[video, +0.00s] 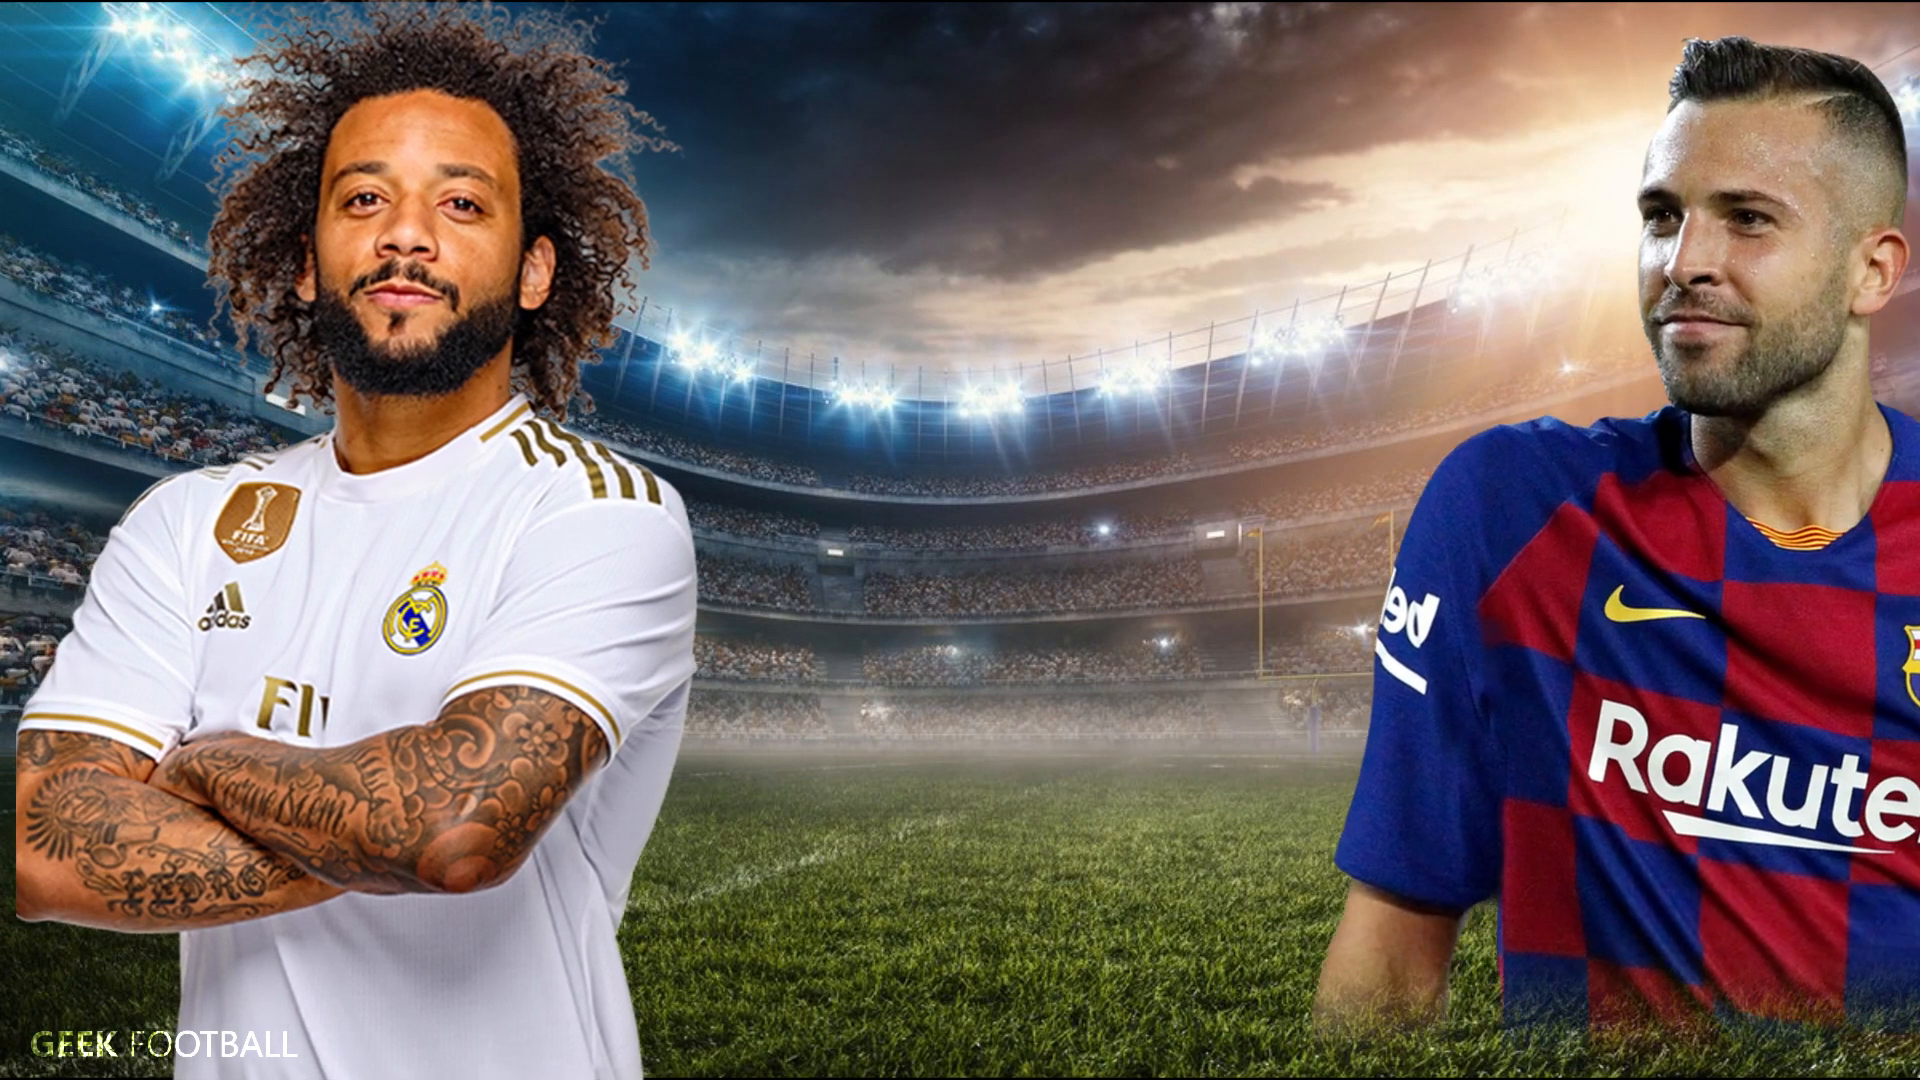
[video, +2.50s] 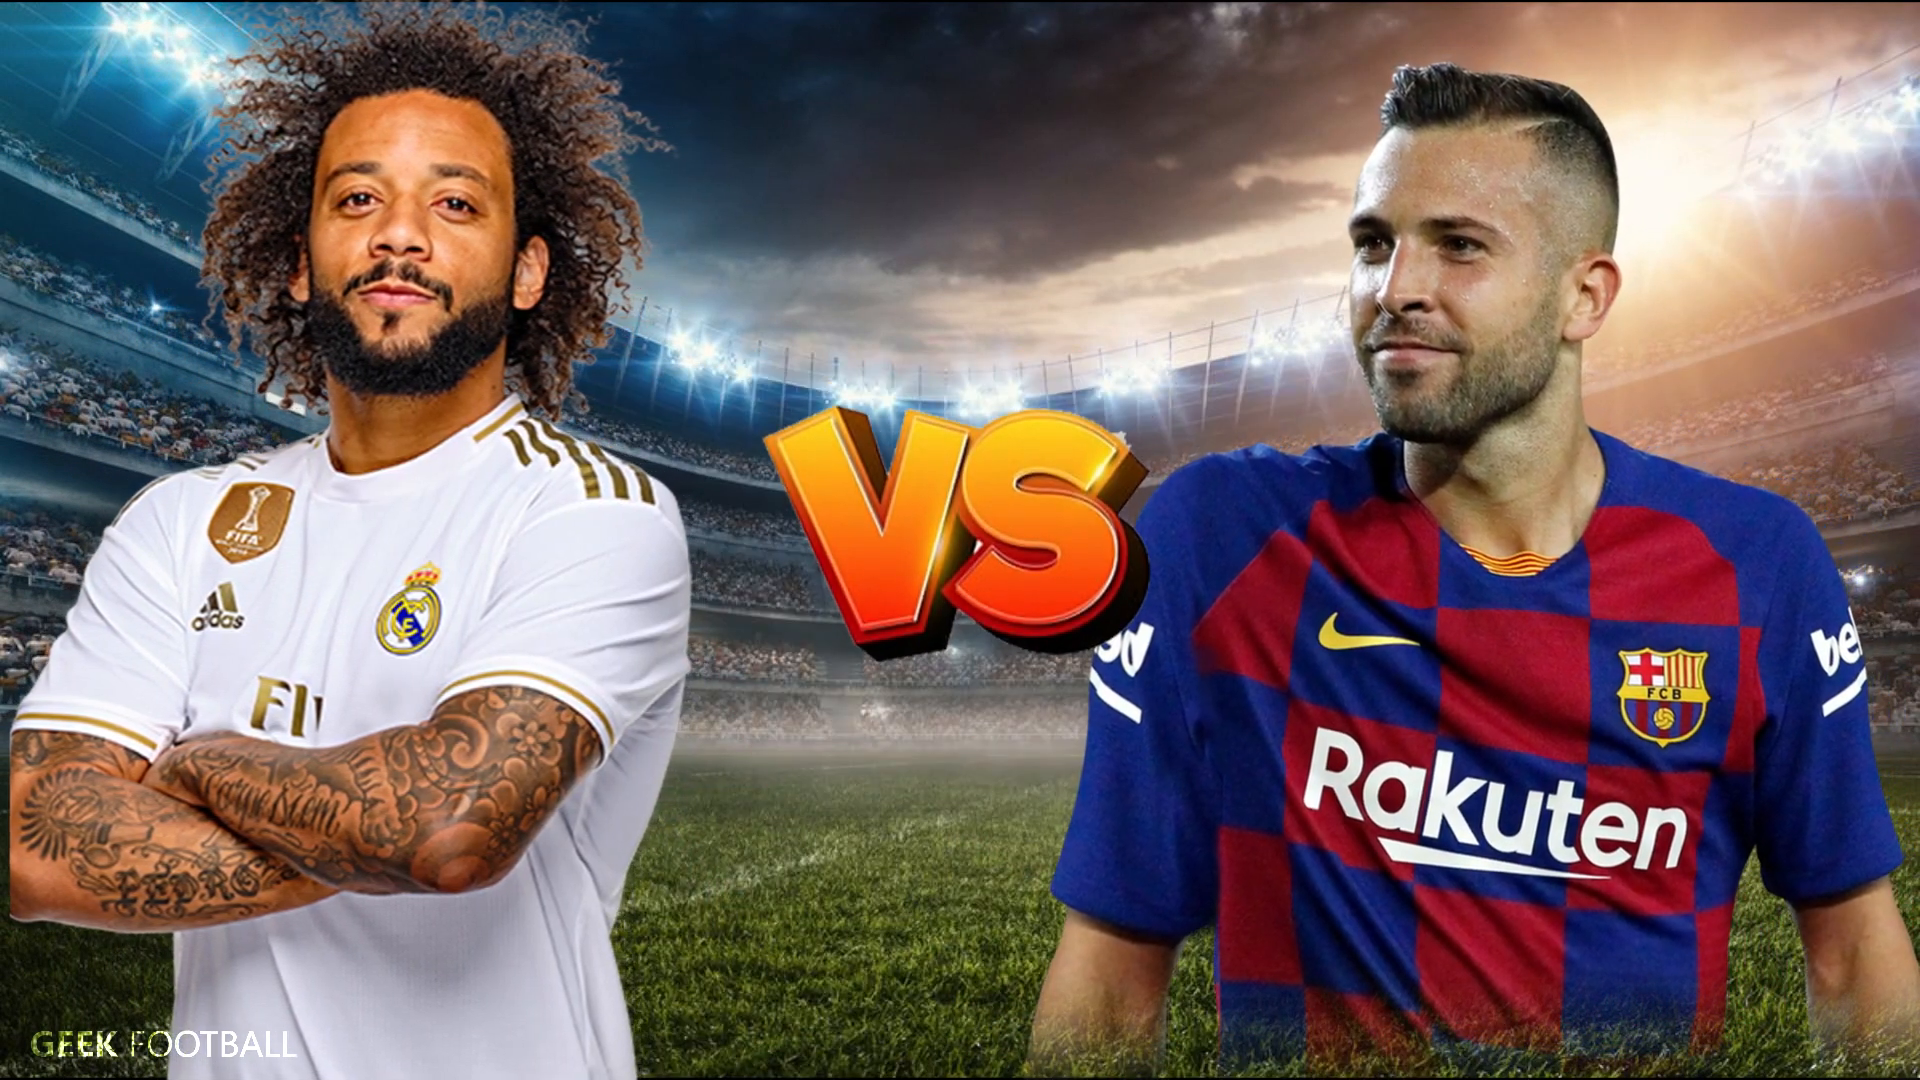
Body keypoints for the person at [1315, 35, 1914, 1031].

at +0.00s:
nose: (1683, 266)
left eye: (1749, 219)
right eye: (1663, 219)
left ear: (1874, 272)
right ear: (1642, 240)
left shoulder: (1913, 534)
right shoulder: (1507, 506)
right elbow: (1394, 938)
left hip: (1886, 1049)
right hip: (1610, 1056)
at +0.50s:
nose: (1432, 273)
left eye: (1499, 228)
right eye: (1414, 227)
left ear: (1623, 282)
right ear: (1391, 250)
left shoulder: (1798, 553)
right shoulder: (1253, 515)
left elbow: (1885, 934)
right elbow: (1145, 943)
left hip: (1668, 1059)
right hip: (1343, 1062)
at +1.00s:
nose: (1407, 275)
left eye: (1474, 231)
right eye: (1388, 230)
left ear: (1600, 285)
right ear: (1364, 256)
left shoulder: (1771, 555)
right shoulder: (1229, 519)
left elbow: (1863, 931)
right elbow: (1121, 946)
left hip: (1644, 1048)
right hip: (1316, 1047)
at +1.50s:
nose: (1402, 281)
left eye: (1469, 236)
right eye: (1382, 235)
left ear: (1593, 289)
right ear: (1357, 261)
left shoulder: (1766, 557)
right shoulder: (1261, 534)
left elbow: (1859, 932)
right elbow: (1124, 939)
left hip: (1632, 1049)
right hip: (1317, 1050)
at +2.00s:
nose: (1397, 285)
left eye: (1464, 241)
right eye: (1377, 240)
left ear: (1589, 294)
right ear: (1355, 263)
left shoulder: (1764, 564)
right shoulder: (1217, 530)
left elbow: (1857, 938)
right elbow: (1116, 958)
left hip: (1638, 1052)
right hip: (1306, 1050)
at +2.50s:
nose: (1392, 290)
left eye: (1459, 245)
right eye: (1372, 244)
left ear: (1584, 299)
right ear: (1349, 268)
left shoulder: (1760, 568)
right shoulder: (1211, 537)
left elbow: (1855, 944)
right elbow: (1113, 963)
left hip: (1634, 1053)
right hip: (1302, 1051)